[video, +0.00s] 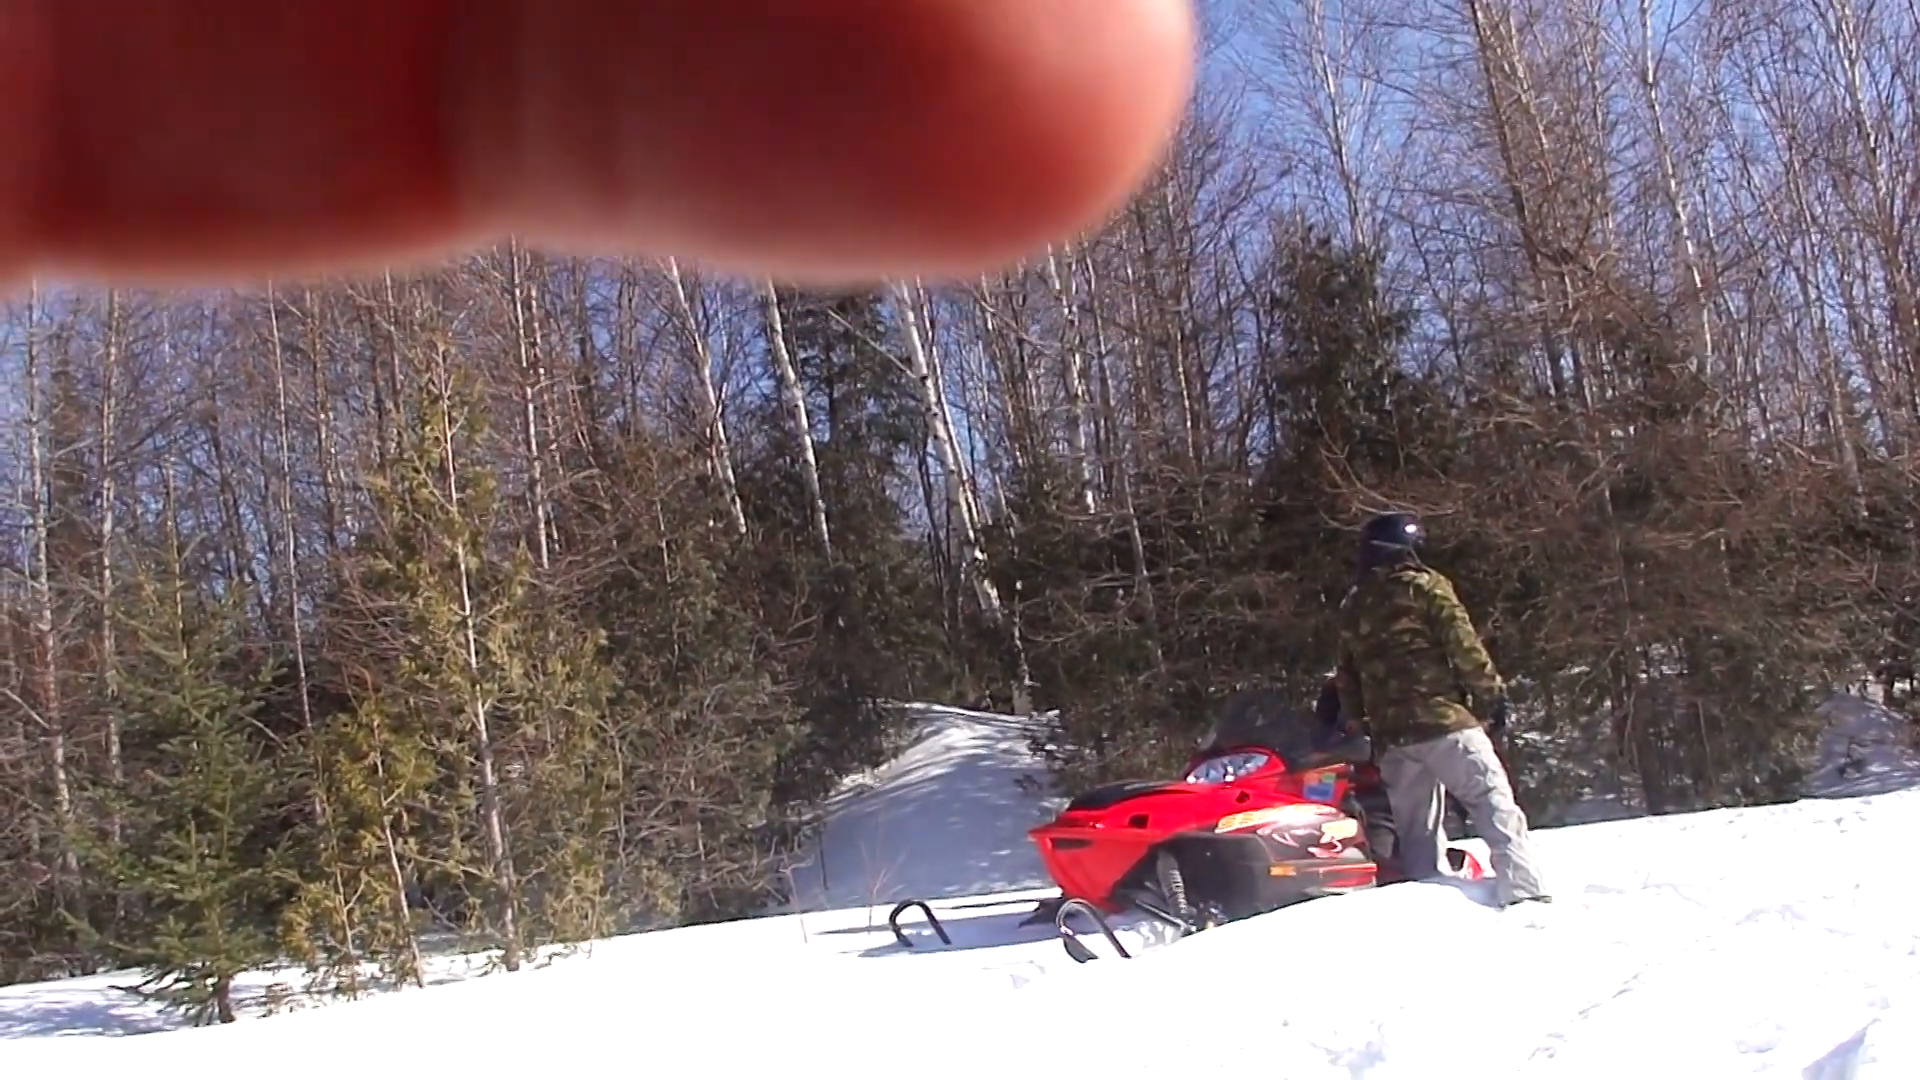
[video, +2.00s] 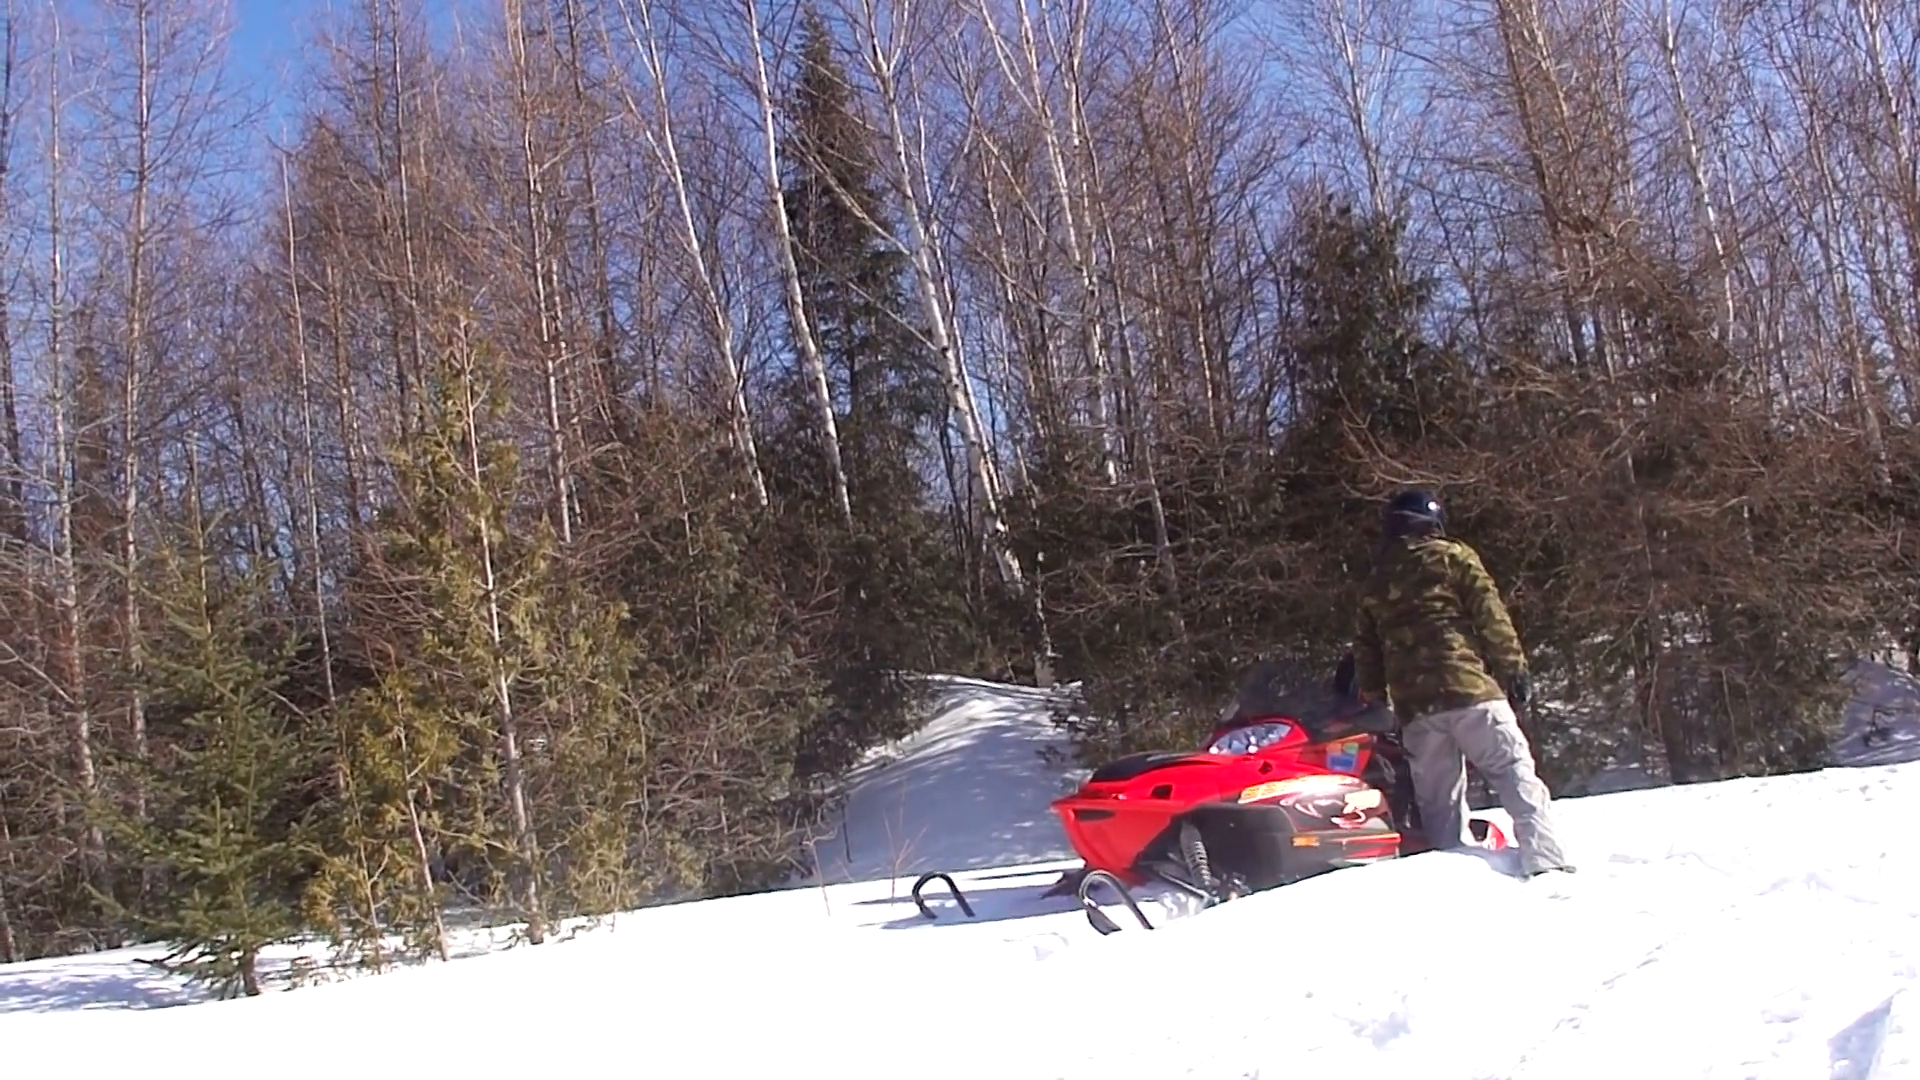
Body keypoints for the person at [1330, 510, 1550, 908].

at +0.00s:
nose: (1420, 551)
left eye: (1417, 546)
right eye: (1416, 545)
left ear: (1369, 552)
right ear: (1408, 547)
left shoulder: (1352, 605)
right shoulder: (1427, 584)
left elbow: (1348, 676)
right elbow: (1463, 647)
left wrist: (1362, 720)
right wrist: (1493, 697)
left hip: (1391, 734)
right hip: (1445, 720)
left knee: (1415, 833)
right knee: (1491, 800)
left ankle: (1426, 910)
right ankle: (1522, 890)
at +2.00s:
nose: (1443, 526)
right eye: (1439, 519)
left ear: (1391, 525)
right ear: (1433, 521)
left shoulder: (1376, 577)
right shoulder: (1453, 554)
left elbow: (1367, 644)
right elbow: (1488, 612)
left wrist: (1373, 691)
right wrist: (1513, 667)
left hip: (1413, 701)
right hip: (1468, 689)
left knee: (1438, 800)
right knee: (1512, 768)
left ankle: (1450, 879)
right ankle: (1543, 858)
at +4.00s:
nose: (1440, 513)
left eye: (1437, 506)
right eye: (1436, 506)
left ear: (1390, 513)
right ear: (1427, 508)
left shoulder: (1372, 566)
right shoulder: (1446, 542)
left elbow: (1366, 639)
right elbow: (1483, 603)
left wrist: (1380, 686)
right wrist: (1516, 654)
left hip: (1415, 699)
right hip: (1470, 684)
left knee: (1442, 800)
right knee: (1518, 760)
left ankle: (1450, 879)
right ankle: (1547, 853)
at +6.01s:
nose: (1593, 553)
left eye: (1598, 545)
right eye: (1595, 541)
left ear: (1564, 524)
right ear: (1577, 526)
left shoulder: (1512, 544)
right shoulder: (1536, 547)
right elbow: (1525, 616)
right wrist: (1549, 678)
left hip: (1476, 683)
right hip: (1510, 680)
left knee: (1484, 783)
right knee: (1585, 745)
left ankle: (1472, 863)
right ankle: (1600, 850)